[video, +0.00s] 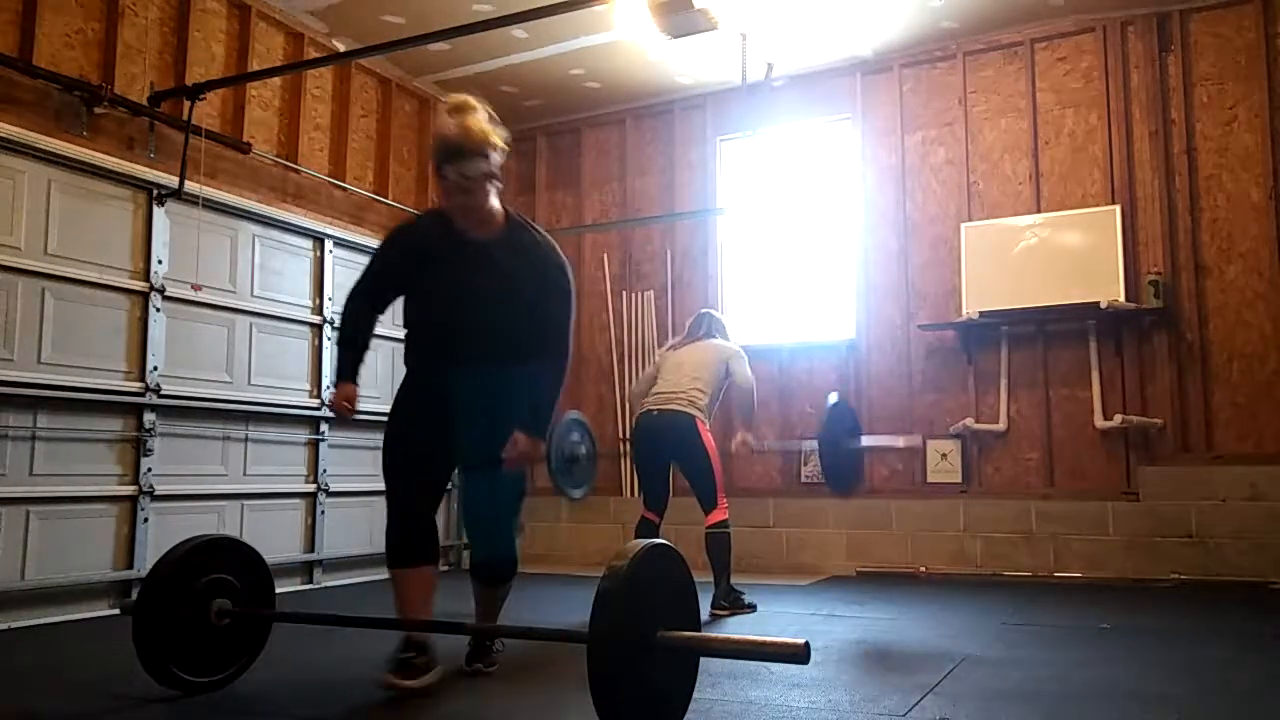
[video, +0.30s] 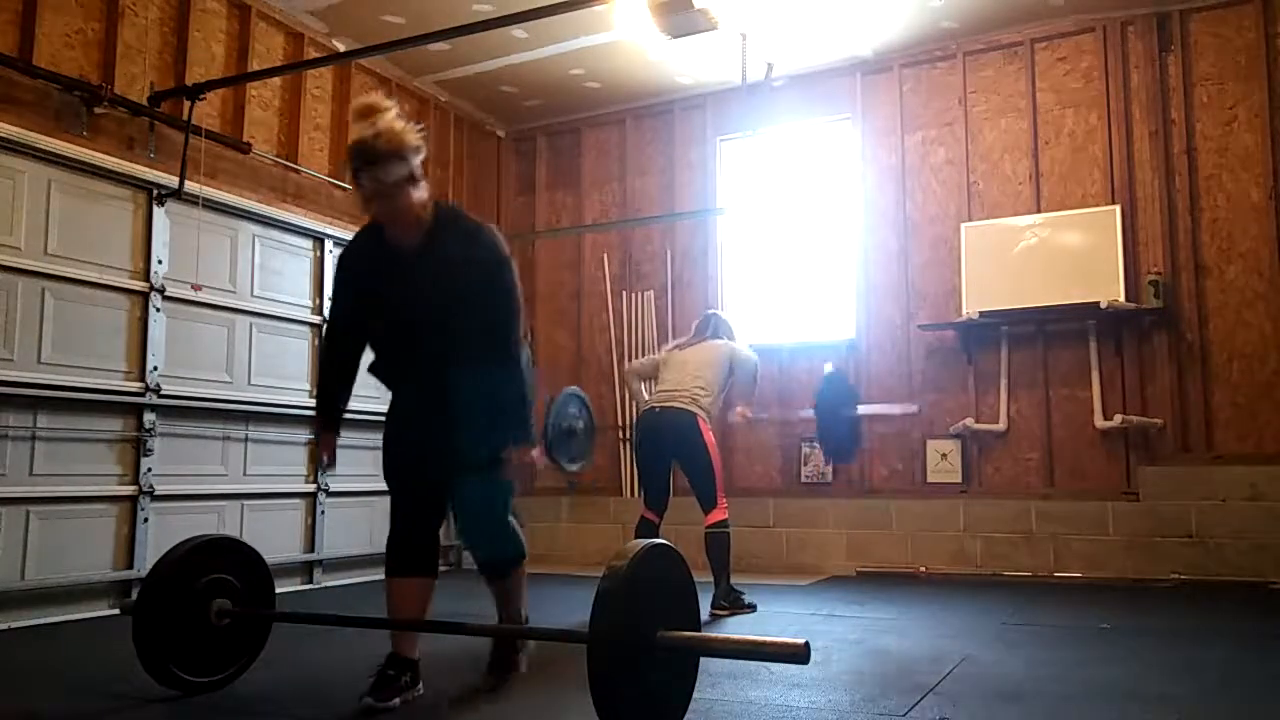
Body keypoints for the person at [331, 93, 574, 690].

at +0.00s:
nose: (476, 194)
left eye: (485, 181)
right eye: (463, 182)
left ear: (501, 174)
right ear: (440, 178)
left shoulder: (541, 259)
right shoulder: (414, 241)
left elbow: (554, 351)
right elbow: (364, 305)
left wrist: (534, 425)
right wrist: (347, 376)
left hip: (502, 413)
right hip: (425, 405)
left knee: (491, 529)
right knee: (408, 514)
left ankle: (485, 637)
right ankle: (417, 645)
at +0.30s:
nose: (406, 198)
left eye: (412, 182)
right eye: (388, 190)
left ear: (426, 175)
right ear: (363, 192)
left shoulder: (476, 243)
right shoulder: (361, 257)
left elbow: (509, 344)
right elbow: (341, 345)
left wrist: (521, 430)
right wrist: (327, 424)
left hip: (483, 407)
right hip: (413, 411)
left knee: (487, 527)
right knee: (410, 535)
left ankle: (512, 626)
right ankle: (403, 662)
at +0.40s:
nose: (374, 237)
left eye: (383, 219)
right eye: (358, 227)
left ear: (403, 205)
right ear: (340, 225)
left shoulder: (458, 257)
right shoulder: (347, 289)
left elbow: (488, 364)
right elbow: (338, 381)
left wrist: (503, 458)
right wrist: (329, 463)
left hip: (489, 399)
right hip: (418, 406)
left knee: (486, 518)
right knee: (411, 525)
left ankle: (502, 654)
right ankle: (403, 662)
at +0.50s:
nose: (346, 283)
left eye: (354, 268)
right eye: (334, 273)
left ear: (384, 254)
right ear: (323, 272)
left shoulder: (453, 300)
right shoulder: (337, 330)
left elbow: (476, 410)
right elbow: (332, 424)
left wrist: (480, 513)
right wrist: (325, 510)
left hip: (502, 408)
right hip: (425, 420)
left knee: (484, 524)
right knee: (403, 523)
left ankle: (487, 668)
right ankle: (403, 663)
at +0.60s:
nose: (333, 339)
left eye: (342, 321)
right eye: (321, 326)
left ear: (369, 306)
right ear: (311, 321)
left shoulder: (444, 346)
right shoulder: (333, 381)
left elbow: (470, 468)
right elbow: (323, 482)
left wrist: (478, 581)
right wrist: (313, 577)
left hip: (514, 418)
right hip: (432, 436)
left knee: (476, 532)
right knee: (392, 516)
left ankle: (483, 673)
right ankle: (402, 664)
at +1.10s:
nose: (334, 287)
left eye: (343, 270)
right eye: (323, 276)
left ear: (373, 258)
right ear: (315, 278)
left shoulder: (446, 302)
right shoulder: (337, 336)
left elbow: (483, 412)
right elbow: (330, 424)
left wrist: (488, 513)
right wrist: (318, 514)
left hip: (514, 395)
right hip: (434, 415)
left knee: (484, 521)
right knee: (406, 519)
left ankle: (485, 670)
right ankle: (402, 664)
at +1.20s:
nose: (351, 249)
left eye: (357, 232)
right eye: (335, 242)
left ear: (380, 216)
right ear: (322, 243)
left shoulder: (444, 267)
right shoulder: (340, 296)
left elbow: (500, 361)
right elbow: (335, 383)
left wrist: (499, 459)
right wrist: (325, 462)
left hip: (496, 393)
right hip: (428, 403)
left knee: (482, 513)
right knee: (407, 520)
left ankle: (485, 669)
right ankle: (403, 663)